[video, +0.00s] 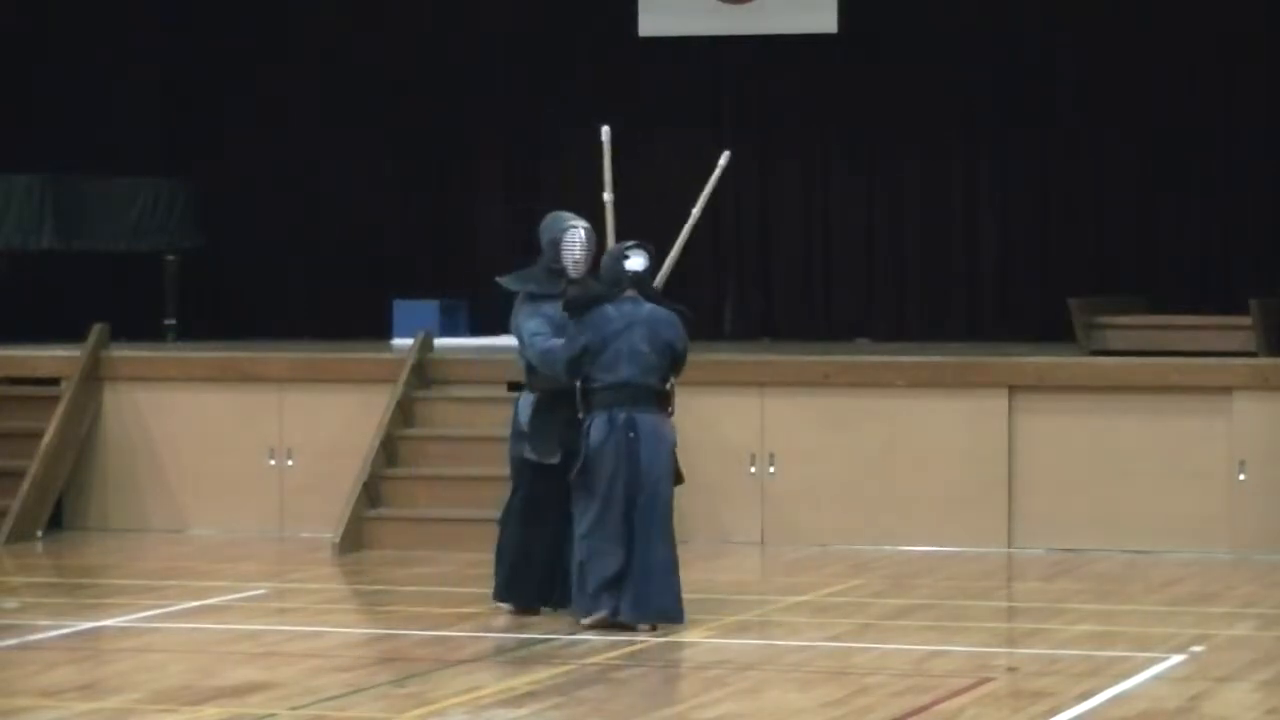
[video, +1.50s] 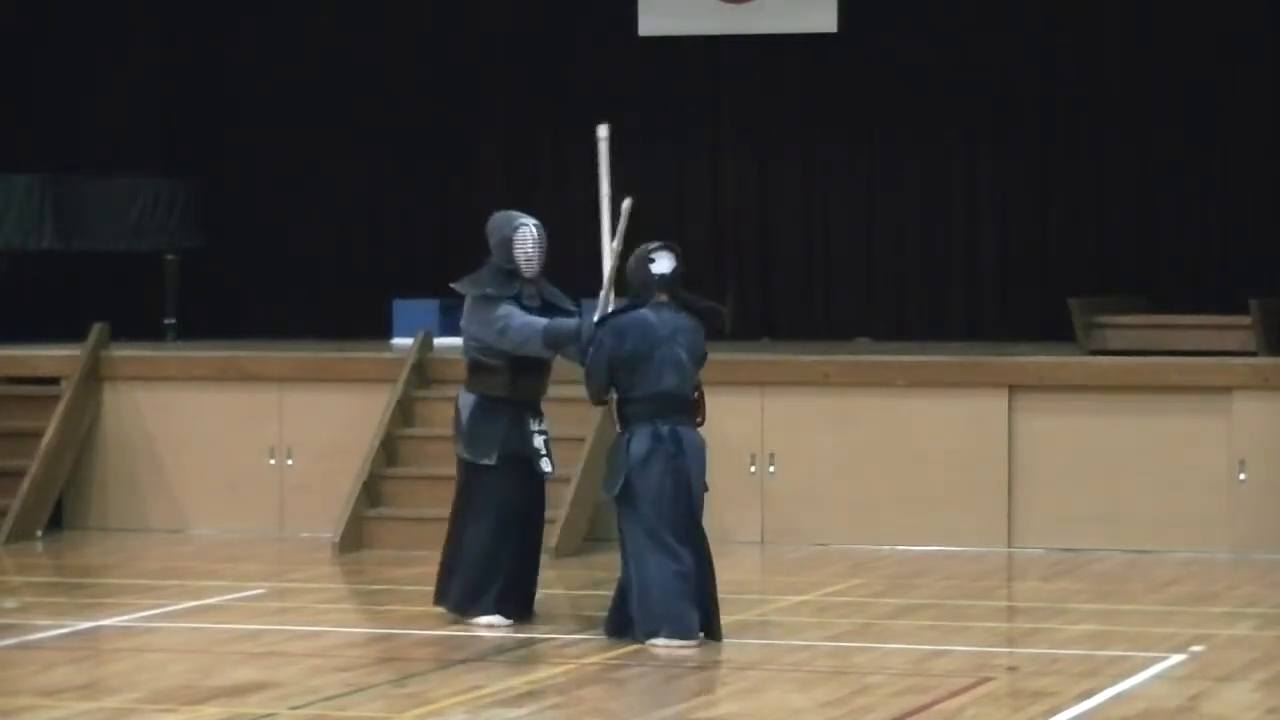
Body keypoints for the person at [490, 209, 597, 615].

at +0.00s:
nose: (579, 254)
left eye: (584, 246)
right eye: (570, 246)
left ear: (592, 249)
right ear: (551, 249)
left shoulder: (597, 293)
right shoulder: (534, 301)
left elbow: (621, 334)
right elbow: (546, 355)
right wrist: (596, 349)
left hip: (589, 406)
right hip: (544, 405)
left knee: (577, 500)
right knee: (535, 498)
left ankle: (572, 594)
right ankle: (515, 595)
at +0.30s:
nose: (603, 248)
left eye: (610, 238)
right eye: (595, 238)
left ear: (620, 244)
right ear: (580, 242)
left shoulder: (630, 292)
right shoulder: (558, 296)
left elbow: (652, 334)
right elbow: (572, 351)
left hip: (616, 405)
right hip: (569, 403)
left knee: (610, 501)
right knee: (559, 500)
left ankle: (606, 594)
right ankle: (537, 591)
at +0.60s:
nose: (597, 251)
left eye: (603, 243)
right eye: (589, 244)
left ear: (615, 247)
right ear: (575, 249)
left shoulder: (630, 292)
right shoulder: (558, 293)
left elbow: (647, 337)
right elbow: (559, 342)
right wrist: (599, 365)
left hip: (617, 409)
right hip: (569, 410)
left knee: (611, 507)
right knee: (569, 508)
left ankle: (608, 602)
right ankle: (562, 604)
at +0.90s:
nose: (577, 261)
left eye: (584, 252)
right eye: (569, 252)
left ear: (595, 255)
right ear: (552, 256)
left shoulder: (608, 302)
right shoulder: (534, 300)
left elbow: (622, 342)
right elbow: (540, 335)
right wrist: (599, 340)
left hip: (595, 418)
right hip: (545, 419)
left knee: (594, 511)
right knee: (550, 511)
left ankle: (593, 604)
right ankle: (556, 608)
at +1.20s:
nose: (550, 257)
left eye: (556, 248)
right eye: (541, 249)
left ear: (565, 252)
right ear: (523, 253)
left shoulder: (567, 296)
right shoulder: (506, 303)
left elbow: (603, 316)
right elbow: (547, 331)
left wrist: (634, 308)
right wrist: (597, 319)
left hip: (552, 411)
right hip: (514, 412)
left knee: (551, 504)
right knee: (526, 505)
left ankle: (553, 597)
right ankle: (528, 600)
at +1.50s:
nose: (533, 254)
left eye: (537, 245)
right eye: (524, 245)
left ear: (543, 249)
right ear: (502, 248)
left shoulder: (542, 296)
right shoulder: (485, 301)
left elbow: (578, 323)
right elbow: (525, 332)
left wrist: (615, 309)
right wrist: (583, 329)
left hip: (525, 412)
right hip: (490, 411)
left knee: (526, 508)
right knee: (493, 506)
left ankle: (512, 603)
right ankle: (476, 603)